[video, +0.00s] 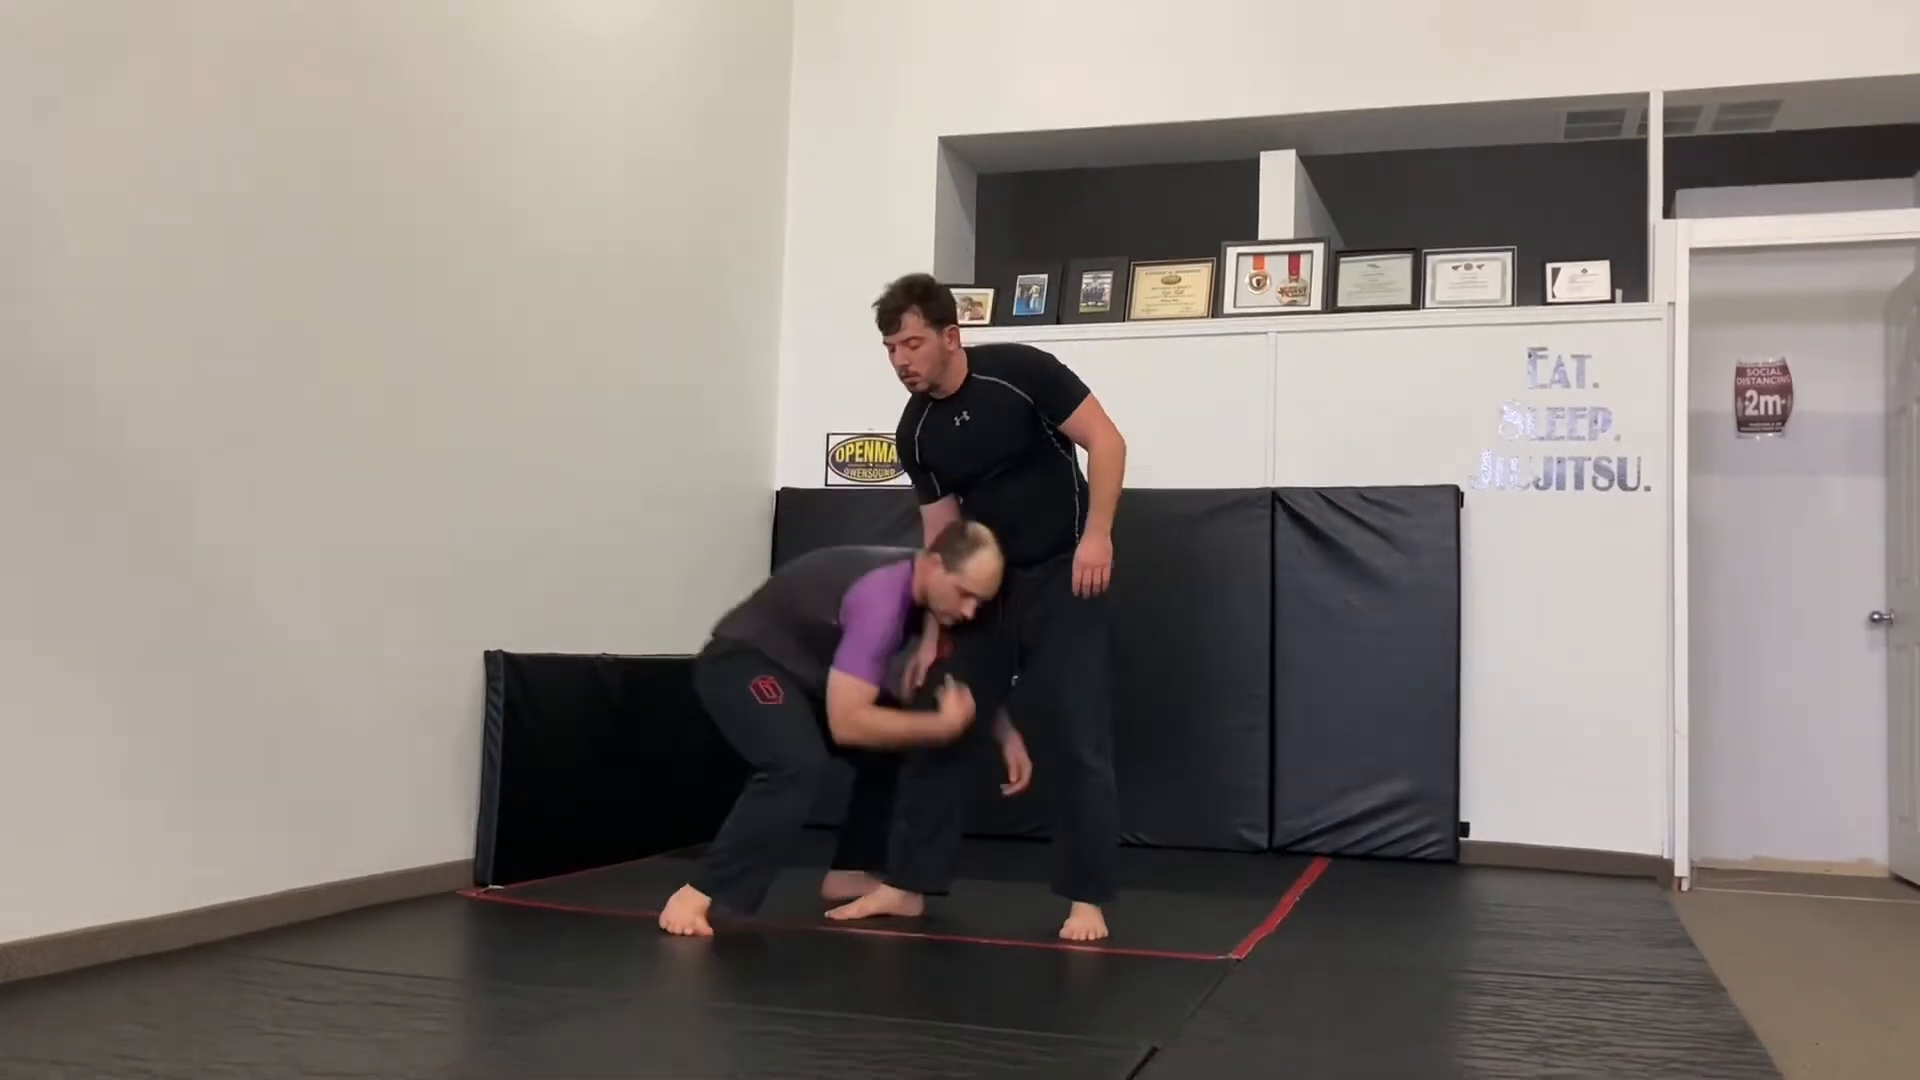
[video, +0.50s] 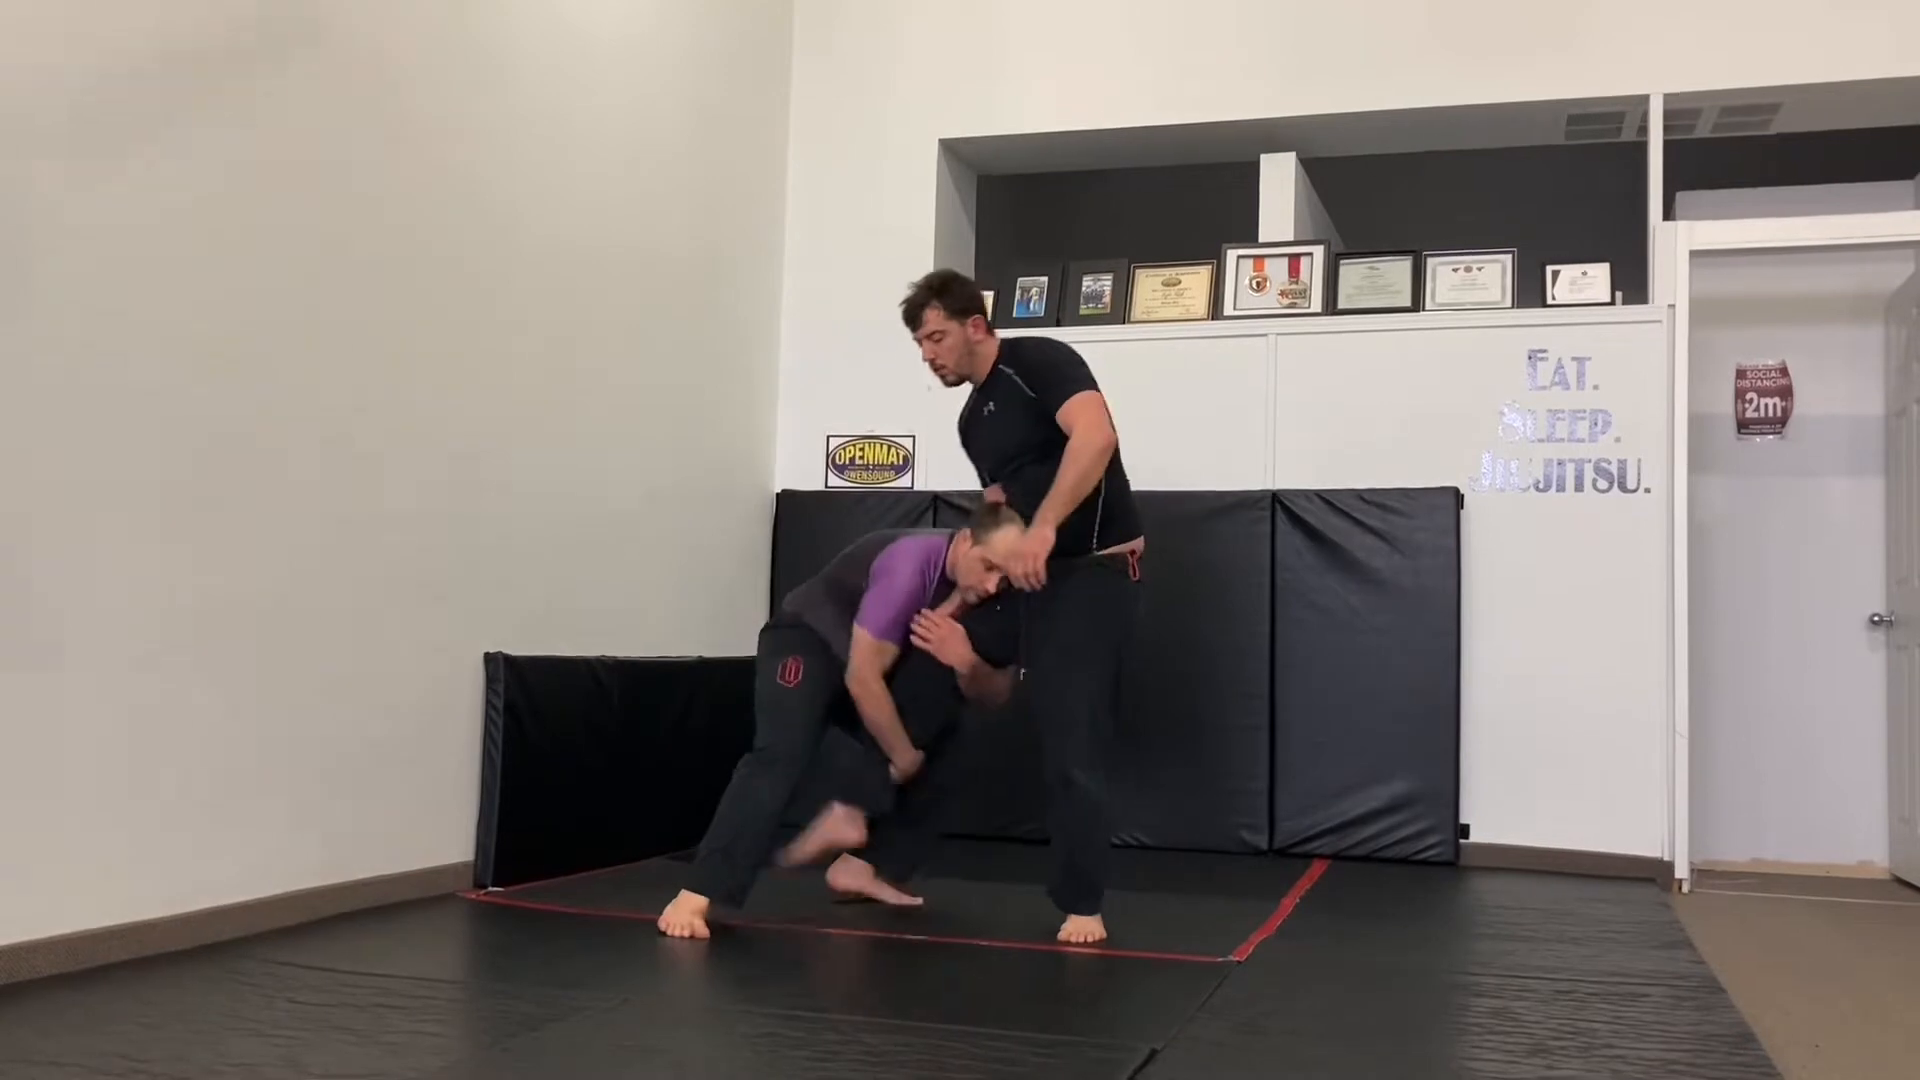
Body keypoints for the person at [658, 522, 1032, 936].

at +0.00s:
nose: (970, 611)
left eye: (980, 602)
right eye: (965, 596)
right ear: (932, 566)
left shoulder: (928, 594)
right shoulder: (879, 595)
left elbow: (951, 668)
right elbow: (848, 724)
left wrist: (1003, 730)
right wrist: (943, 727)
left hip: (803, 674)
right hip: (741, 662)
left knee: (892, 741)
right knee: (799, 766)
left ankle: (848, 874)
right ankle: (696, 896)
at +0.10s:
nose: (988, 632)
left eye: (996, 623)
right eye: (982, 617)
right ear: (949, 589)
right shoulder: (897, 623)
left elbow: (1007, 682)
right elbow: (882, 757)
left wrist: (1032, 739)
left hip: (834, 692)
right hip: (767, 675)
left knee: (937, 746)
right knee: (803, 773)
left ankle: (854, 870)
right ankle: (699, 898)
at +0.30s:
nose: (999, 619)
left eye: (1008, 609)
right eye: (991, 603)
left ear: (1014, 603)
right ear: (957, 583)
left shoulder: (987, 628)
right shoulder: (910, 620)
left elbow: (1034, 710)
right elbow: (906, 749)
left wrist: (1001, 699)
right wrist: (958, 814)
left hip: (860, 699)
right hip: (790, 673)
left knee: (946, 755)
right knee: (791, 763)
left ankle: (859, 863)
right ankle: (695, 898)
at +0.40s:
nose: (996, 602)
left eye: (1009, 593)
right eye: (989, 586)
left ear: (1018, 586)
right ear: (960, 562)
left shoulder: (998, 612)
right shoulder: (908, 593)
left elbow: (1017, 708)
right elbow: (880, 713)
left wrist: (983, 685)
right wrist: (931, 785)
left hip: (859, 684)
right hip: (796, 659)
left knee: (947, 729)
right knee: (788, 758)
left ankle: (872, 859)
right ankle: (696, 894)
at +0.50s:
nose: (994, 586)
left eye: (1006, 578)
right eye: (990, 568)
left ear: (1014, 576)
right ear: (963, 543)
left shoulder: (994, 598)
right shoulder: (908, 565)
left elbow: (999, 693)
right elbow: (861, 676)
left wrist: (969, 663)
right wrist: (904, 756)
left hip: (877, 666)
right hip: (807, 639)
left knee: (941, 737)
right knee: (781, 756)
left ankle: (865, 861)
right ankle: (697, 895)